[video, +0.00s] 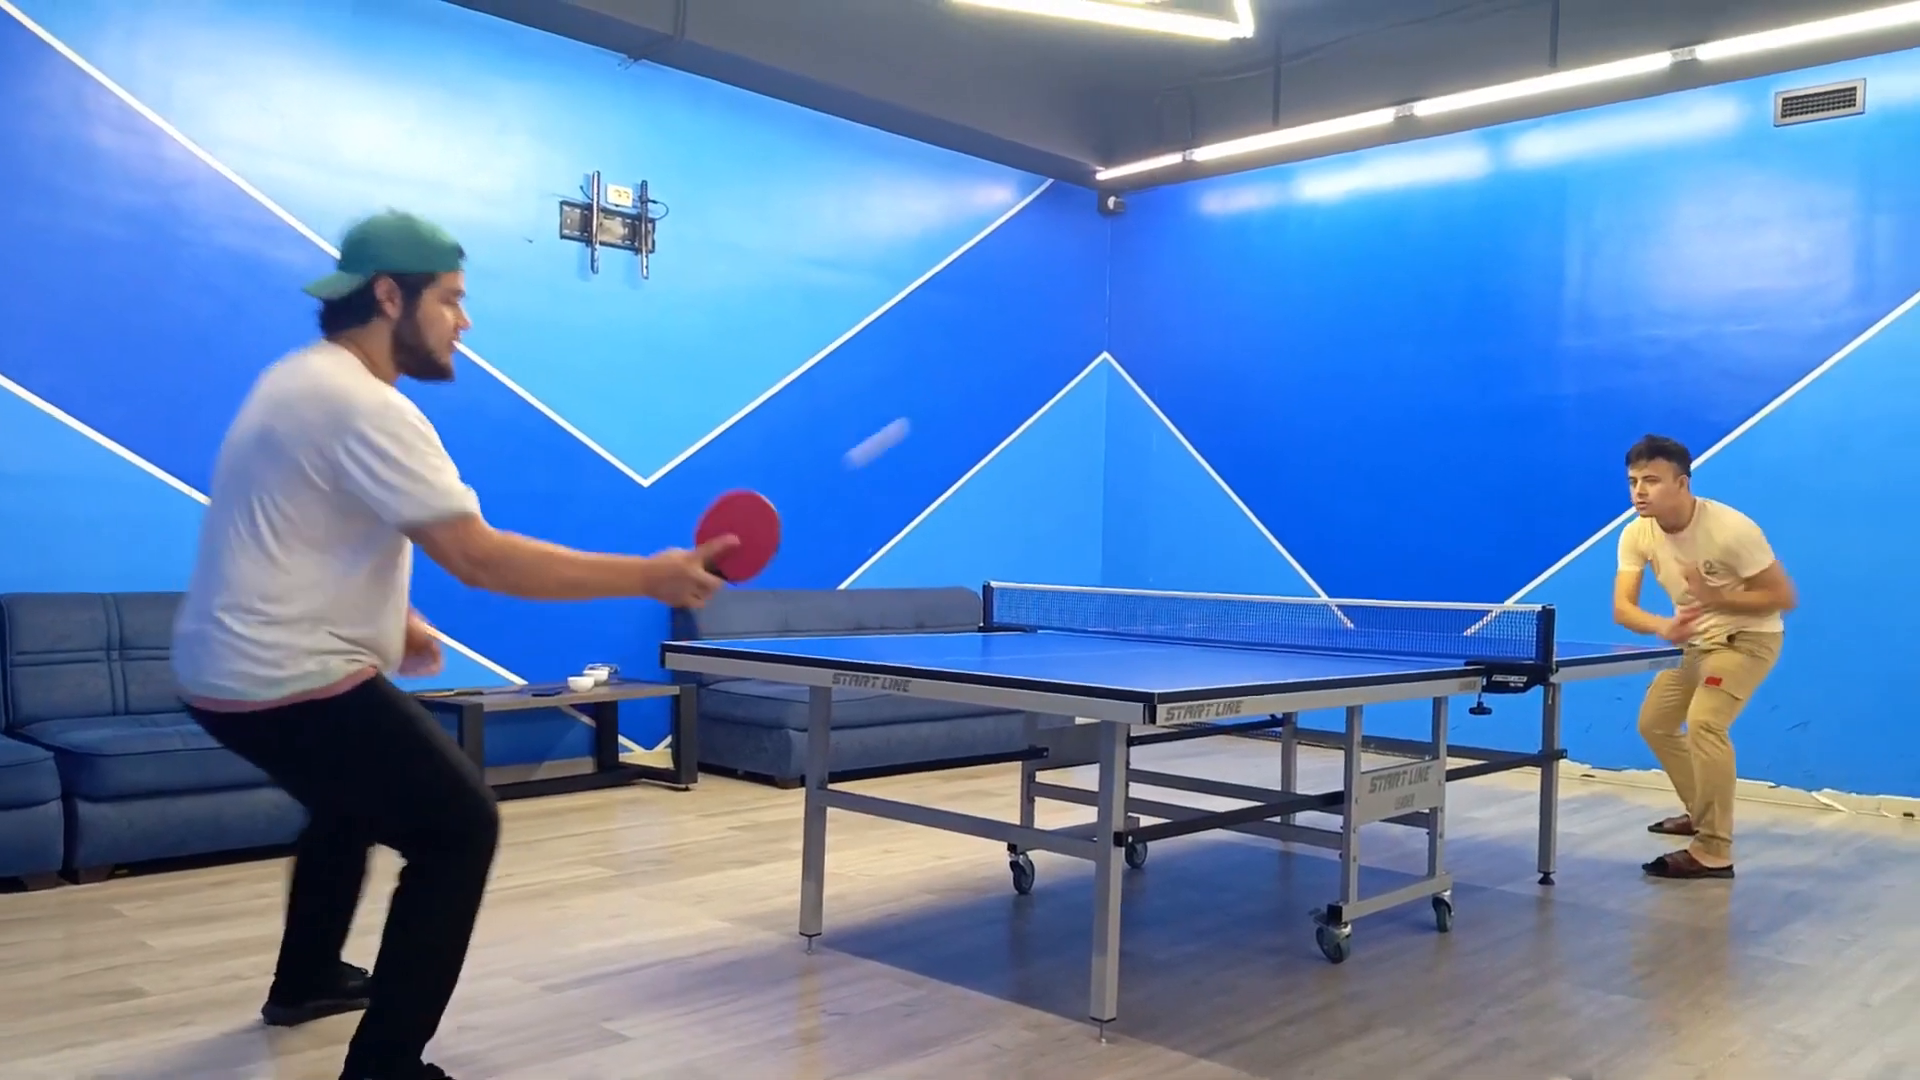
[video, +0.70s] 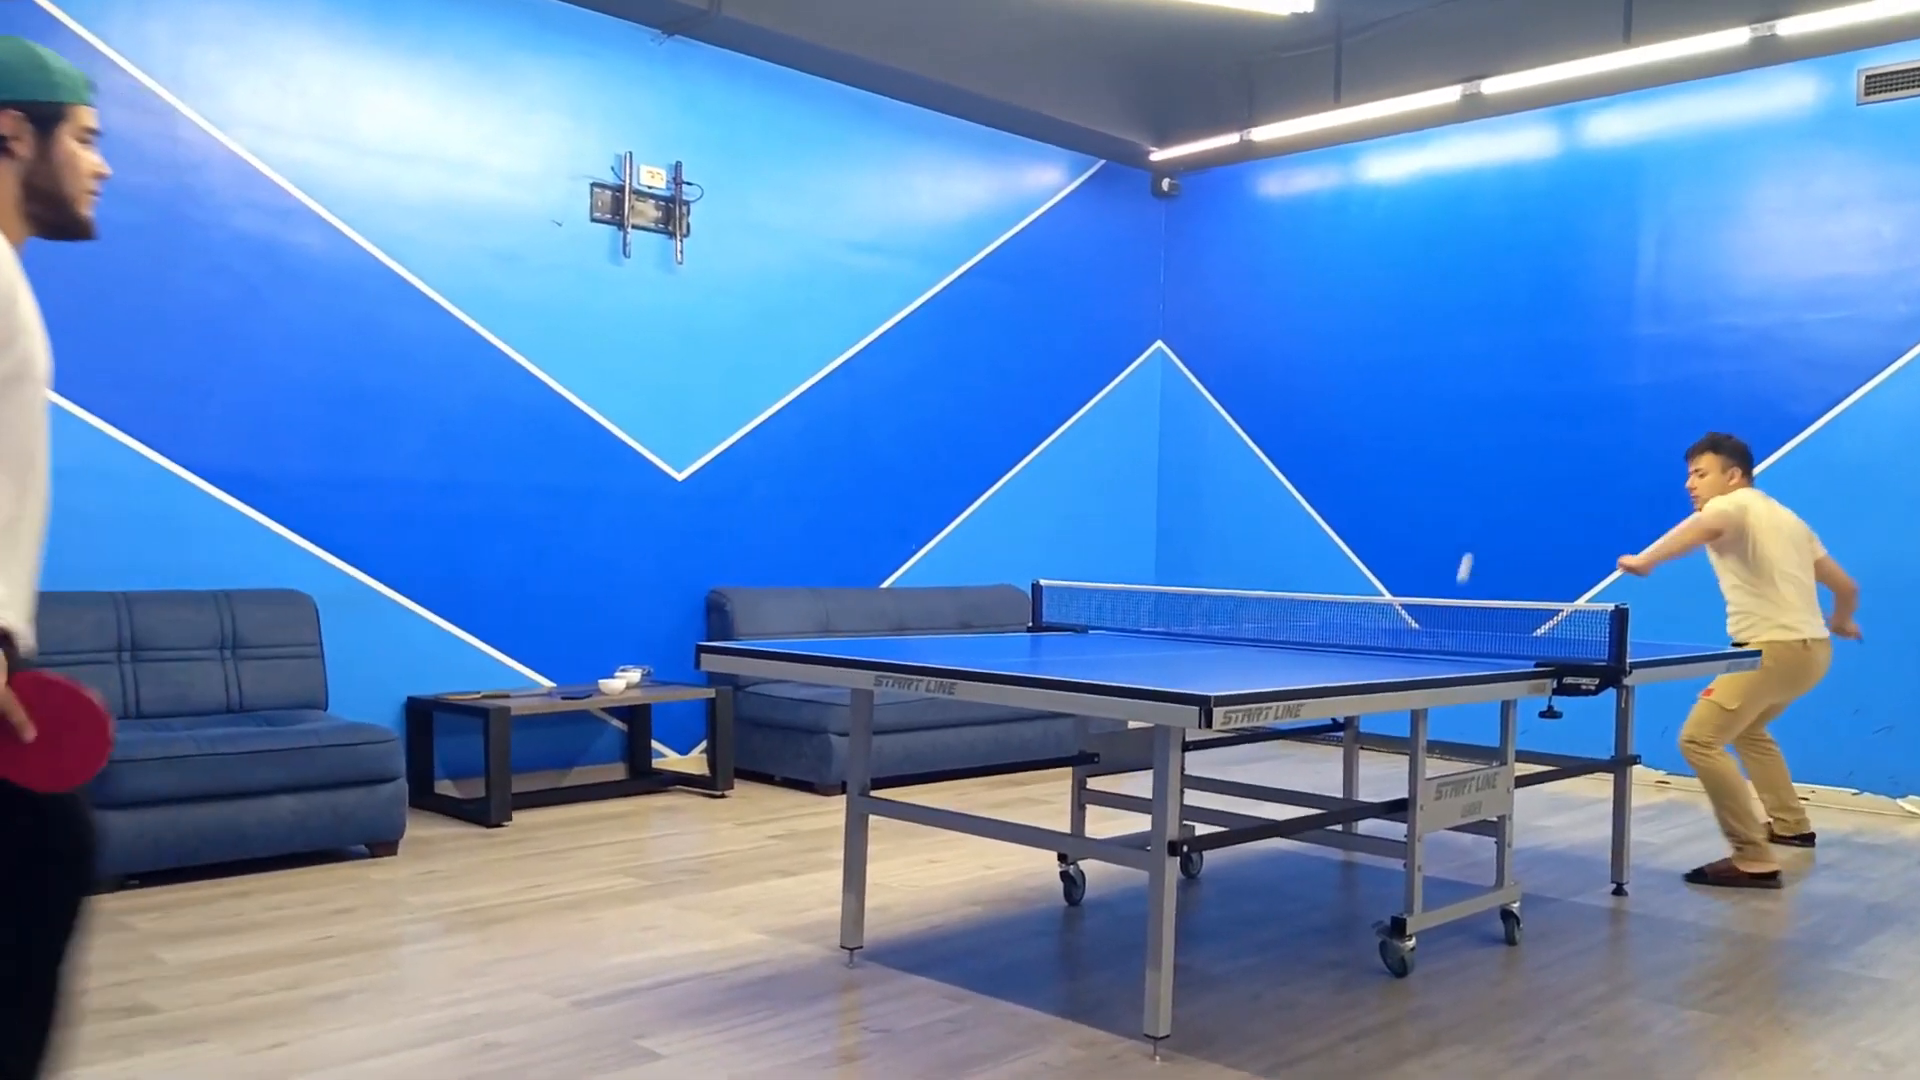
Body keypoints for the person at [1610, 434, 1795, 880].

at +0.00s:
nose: (1639, 491)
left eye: (1651, 481)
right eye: (1634, 482)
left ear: (1682, 483)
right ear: (1630, 485)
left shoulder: (1731, 529)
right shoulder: (1637, 533)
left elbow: (1785, 595)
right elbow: (1622, 609)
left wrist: (1719, 598)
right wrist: (1662, 626)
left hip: (1749, 636)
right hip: (1696, 640)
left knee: (1705, 725)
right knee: (1656, 725)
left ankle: (1714, 850)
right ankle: (1702, 814)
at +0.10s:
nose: (1587, 484)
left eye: (1598, 473)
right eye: (1582, 474)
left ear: (1631, 476)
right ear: (1578, 478)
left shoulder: (1676, 522)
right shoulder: (1594, 529)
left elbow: (1749, 563)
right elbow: (1593, 591)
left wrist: (1687, 586)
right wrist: (1590, 630)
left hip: (1698, 634)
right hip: (1648, 639)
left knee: (1659, 720)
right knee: (1609, 720)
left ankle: (1670, 846)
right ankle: (1655, 809)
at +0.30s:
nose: (1575, 475)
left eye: (1586, 465)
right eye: (1570, 468)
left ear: (1618, 472)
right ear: (1567, 475)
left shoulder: (1648, 515)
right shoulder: (1601, 532)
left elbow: (1680, 587)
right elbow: (1622, 600)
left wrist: (1606, 590)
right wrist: (1575, 635)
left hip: (1687, 634)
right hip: (1645, 638)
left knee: (1625, 719)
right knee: (1597, 717)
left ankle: (1657, 845)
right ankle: (1646, 810)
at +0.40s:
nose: (1612, 469)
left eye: (1623, 460)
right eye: (1609, 462)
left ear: (1657, 464)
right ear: (1609, 468)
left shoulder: (1666, 501)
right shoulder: (1662, 508)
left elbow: (1650, 575)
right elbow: (1682, 599)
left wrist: (1597, 577)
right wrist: (1635, 634)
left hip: (1711, 636)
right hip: (1688, 636)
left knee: (1644, 724)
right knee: (1634, 717)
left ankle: (1690, 851)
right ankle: (1681, 815)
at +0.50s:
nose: (1648, 463)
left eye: (1657, 451)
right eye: (1645, 455)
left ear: (1691, 453)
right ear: (1693, 459)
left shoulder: (1688, 487)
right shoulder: (1730, 499)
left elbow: (1622, 542)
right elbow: (1763, 583)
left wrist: (1613, 555)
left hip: (1725, 630)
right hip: (1745, 628)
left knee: (1671, 730)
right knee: (1686, 722)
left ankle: (1723, 853)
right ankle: (1720, 816)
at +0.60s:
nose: (1673, 470)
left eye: (1682, 459)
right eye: (1672, 461)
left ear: (1718, 459)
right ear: (1723, 463)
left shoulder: (1705, 491)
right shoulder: (1774, 509)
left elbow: (1631, 517)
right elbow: (1817, 582)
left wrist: (1621, 551)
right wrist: (1795, 632)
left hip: (1747, 633)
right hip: (1786, 635)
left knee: (1691, 736)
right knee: (1723, 726)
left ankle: (1747, 854)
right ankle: (1762, 824)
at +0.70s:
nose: (1690, 484)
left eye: (1699, 473)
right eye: (1689, 474)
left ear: (1735, 475)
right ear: (1741, 478)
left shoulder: (1732, 505)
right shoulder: (1790, 521)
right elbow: (1847, 587)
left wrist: (1646, 559)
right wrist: (1841, 620)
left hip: (1773, 650)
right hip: (1812, 651)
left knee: (1698, 741)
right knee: (1747, 731)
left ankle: (1753, 858)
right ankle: (1789, 824)